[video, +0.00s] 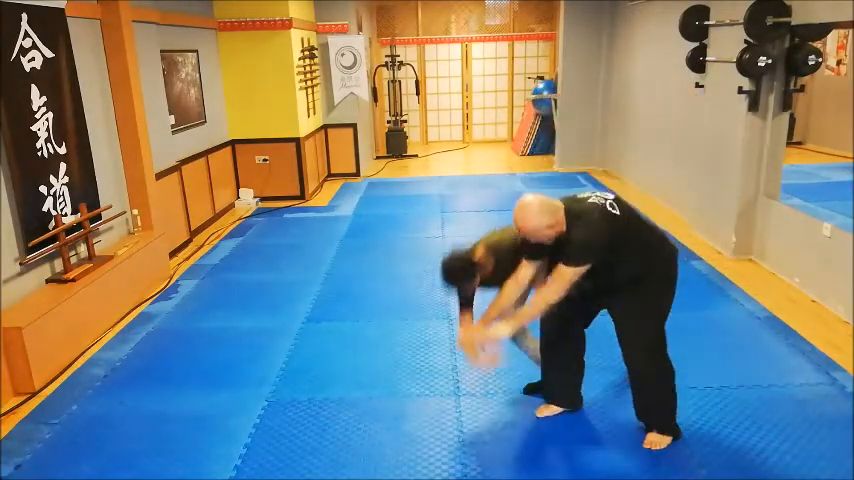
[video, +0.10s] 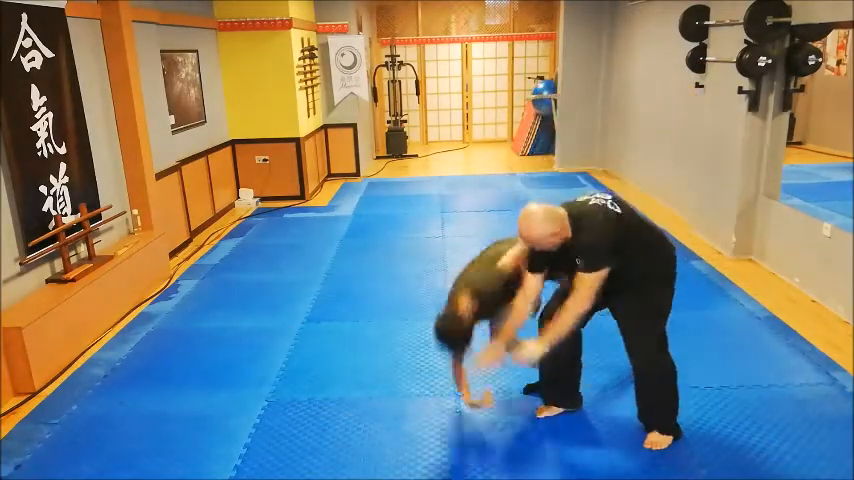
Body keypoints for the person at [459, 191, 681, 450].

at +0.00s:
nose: (525, 241)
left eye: (529, 235)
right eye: (522, 235)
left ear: (552, 226)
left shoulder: (589, 229)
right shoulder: (544, 224)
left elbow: (553, 292)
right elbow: (519, 278)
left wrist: (509, 327)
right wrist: (486, 322)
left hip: (645, 270)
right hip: (598, 270)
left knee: (643, 345)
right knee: (559, 320)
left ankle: (662, 425)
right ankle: (564, 398)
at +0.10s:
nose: (531, 250)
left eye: (535, 245)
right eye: (528, 245)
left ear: (559, 235)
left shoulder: (597, 229)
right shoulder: (542, 237)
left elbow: (582, 298)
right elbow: (527, 294)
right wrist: (502, 341)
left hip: (644, 271)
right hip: (596, 269)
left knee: (646, 346)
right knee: (553, 321)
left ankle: (663, 425)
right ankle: (562, 399)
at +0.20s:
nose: (540, 247)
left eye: (544, 241)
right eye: (537, 241)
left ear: (568, 231)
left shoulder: (609, 229)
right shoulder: (548, 237)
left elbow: (609, 298)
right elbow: (546, 294)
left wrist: (587, 355)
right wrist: (538, 353)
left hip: (646, 265)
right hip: (593, 265)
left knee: (647, 339)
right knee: (561, 324)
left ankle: (664, 425)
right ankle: (562, 397)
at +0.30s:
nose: (549, 239)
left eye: (554, 233)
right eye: (546, 234)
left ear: (579, 221)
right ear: (545, 224)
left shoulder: (619, 219)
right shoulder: (553, 231)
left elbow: (634, 286)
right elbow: (568, 291)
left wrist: (631, 348)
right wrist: (576, 350)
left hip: (647, 266)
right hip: (595, 267)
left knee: (650, 339)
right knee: (554, 321)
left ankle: (665, 425)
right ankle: (563, 397)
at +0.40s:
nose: (555, 229)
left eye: (561, 224)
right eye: (553, 224)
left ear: (589, 213)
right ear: (553, 211)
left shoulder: (628, 206)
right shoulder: (560, 224)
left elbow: (657, 271)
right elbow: (584, 279)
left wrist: (663, 331)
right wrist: (607, 333)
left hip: (639, 272)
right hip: (593, 273)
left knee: (657, 341)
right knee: (559, 320)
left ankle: (665, 423)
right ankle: (563, 398)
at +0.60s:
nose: (582, 199)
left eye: (589, 193)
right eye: (579, 192)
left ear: (613, 184)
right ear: (575, 182)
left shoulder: (655, 186)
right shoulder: (575, 202)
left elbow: (683, 245)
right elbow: (594, 263)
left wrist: (693, 302)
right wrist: (622, 313)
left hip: (654, 267)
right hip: (602, 264)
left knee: (660, 338)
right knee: (568, 318)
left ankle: (665, 422)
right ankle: (565, 397)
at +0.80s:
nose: (607, 165)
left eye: (615, 158)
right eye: (604, 156)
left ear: (640, 153)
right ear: (599, 150)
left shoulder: (678, 168)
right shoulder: (594, 179)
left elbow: (694, 233)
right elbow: (590, 241)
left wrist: (692, 291)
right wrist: (592, 298)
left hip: (662, 265)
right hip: (612, 262)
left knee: (666, 340)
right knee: (581, 318)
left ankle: (666, 422)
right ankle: (568, 396)